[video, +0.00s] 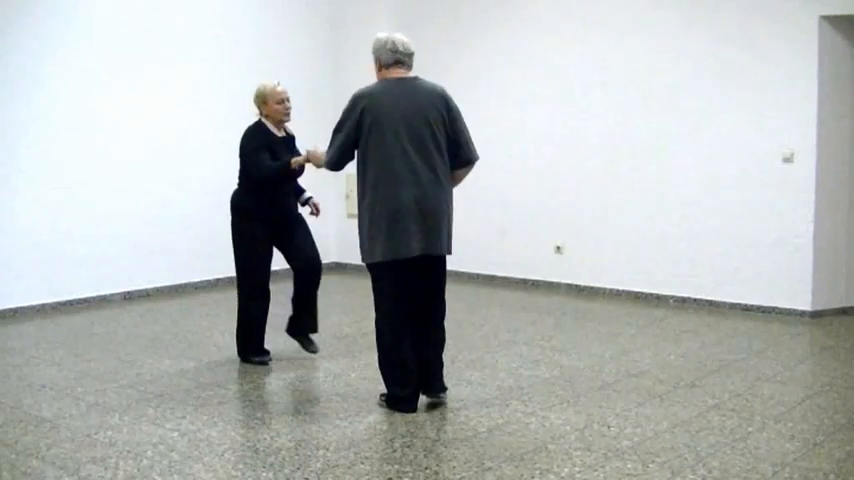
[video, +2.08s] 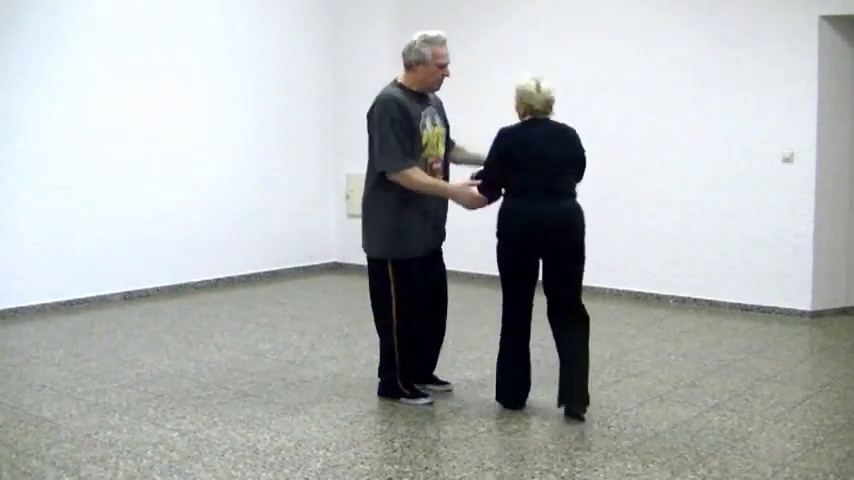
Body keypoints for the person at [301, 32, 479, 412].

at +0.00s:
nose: (373, 70)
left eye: (373, 65)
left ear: (377, 64)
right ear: (411, 62)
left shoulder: (366, 100)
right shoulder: (438, 96)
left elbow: (335, 160)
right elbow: (466, 159)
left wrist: (316, 158)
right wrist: (437, 189)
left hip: (384, 224)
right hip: (434, 222)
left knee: (391, 310)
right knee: (431, 307)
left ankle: (401, 395)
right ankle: (434, 387)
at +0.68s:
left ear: (395, 60)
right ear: (430, 65)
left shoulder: (367, 96)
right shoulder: (441, 102)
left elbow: (328, 137)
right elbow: (465, 166)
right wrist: (464, 206)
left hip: (369, 227)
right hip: (421, 230)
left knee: (362, 312)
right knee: (424, 316)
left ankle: (349, 397)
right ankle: (425, 399)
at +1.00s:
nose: (420, 69)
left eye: (418, 63)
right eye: (419, 64)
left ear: (381, 60)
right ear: (414, 65)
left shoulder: (348, 94)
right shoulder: (412, 102)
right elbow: (425, 172)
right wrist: (435, 202)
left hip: (345, 226)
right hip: (396, 229)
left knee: (347, 316)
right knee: (405, 309)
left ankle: (350, 397)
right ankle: (405, 385)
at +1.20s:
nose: (421, 74)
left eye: (422, 68)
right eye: (420, 68)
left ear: (382, 65)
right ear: (413, 70)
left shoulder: (358, 94)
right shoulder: (407, 107)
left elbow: (386, 87)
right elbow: (412, 175)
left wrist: (419, 74)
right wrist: (438, 192)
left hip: (346, 224)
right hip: (388, 227)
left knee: (348, 315)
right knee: (394, 311)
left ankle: (349, 396)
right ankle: (391, 386)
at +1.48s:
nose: (435, 73)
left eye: (434, 67)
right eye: (432, 67)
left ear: (399, 67)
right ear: (414, 69)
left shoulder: (378, 89)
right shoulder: (402, 105)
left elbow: (431, 83)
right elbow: (415, 175)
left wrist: (469, 64)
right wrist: (460, 184)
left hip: (367, 213)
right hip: (392, 220)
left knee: (381, 292)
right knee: (406, 299)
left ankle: (349, 358)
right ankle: (390, 385)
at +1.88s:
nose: (440, 76)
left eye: (441, 68)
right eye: (436, 69)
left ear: (420, 67)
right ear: (411, 69)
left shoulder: (420, 100)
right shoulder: (387, 107)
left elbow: (454, 120)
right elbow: (417, 171)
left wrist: (501, 108)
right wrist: (476, 180)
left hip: (415, 227)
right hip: (388, 232)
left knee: (433, 284)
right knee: (399, 308)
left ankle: (388, 344)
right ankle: (395, 384)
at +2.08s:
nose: (447, 72)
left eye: (447, 65)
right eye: (441, 65)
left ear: (424, 67)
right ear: (416, 66)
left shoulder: (432, 102)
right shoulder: (388, 105)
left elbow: (445, 152)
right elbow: (398, 171)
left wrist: (488, 161)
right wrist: (452, 191)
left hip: (425, 230)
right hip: (392, 234)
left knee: (431, 304)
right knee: (397, 311)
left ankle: (420, 371)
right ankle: (394, 383)